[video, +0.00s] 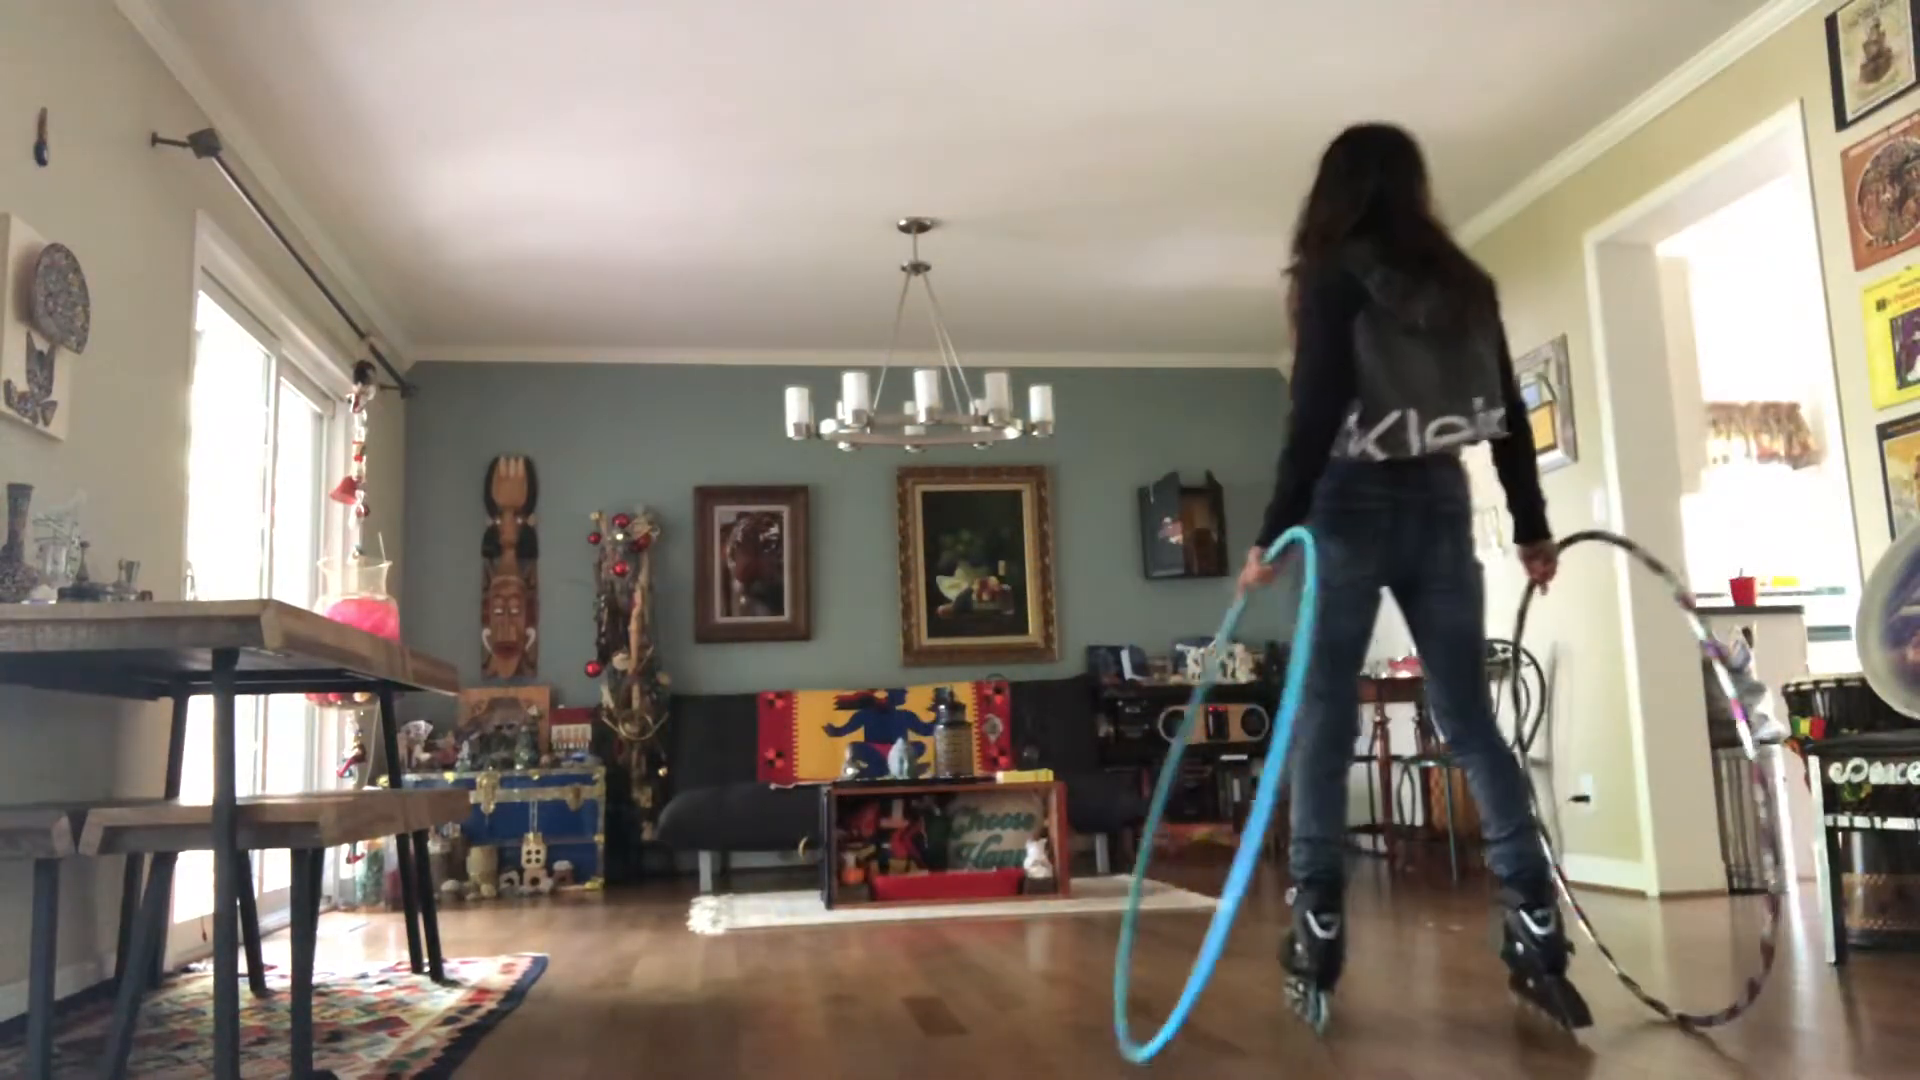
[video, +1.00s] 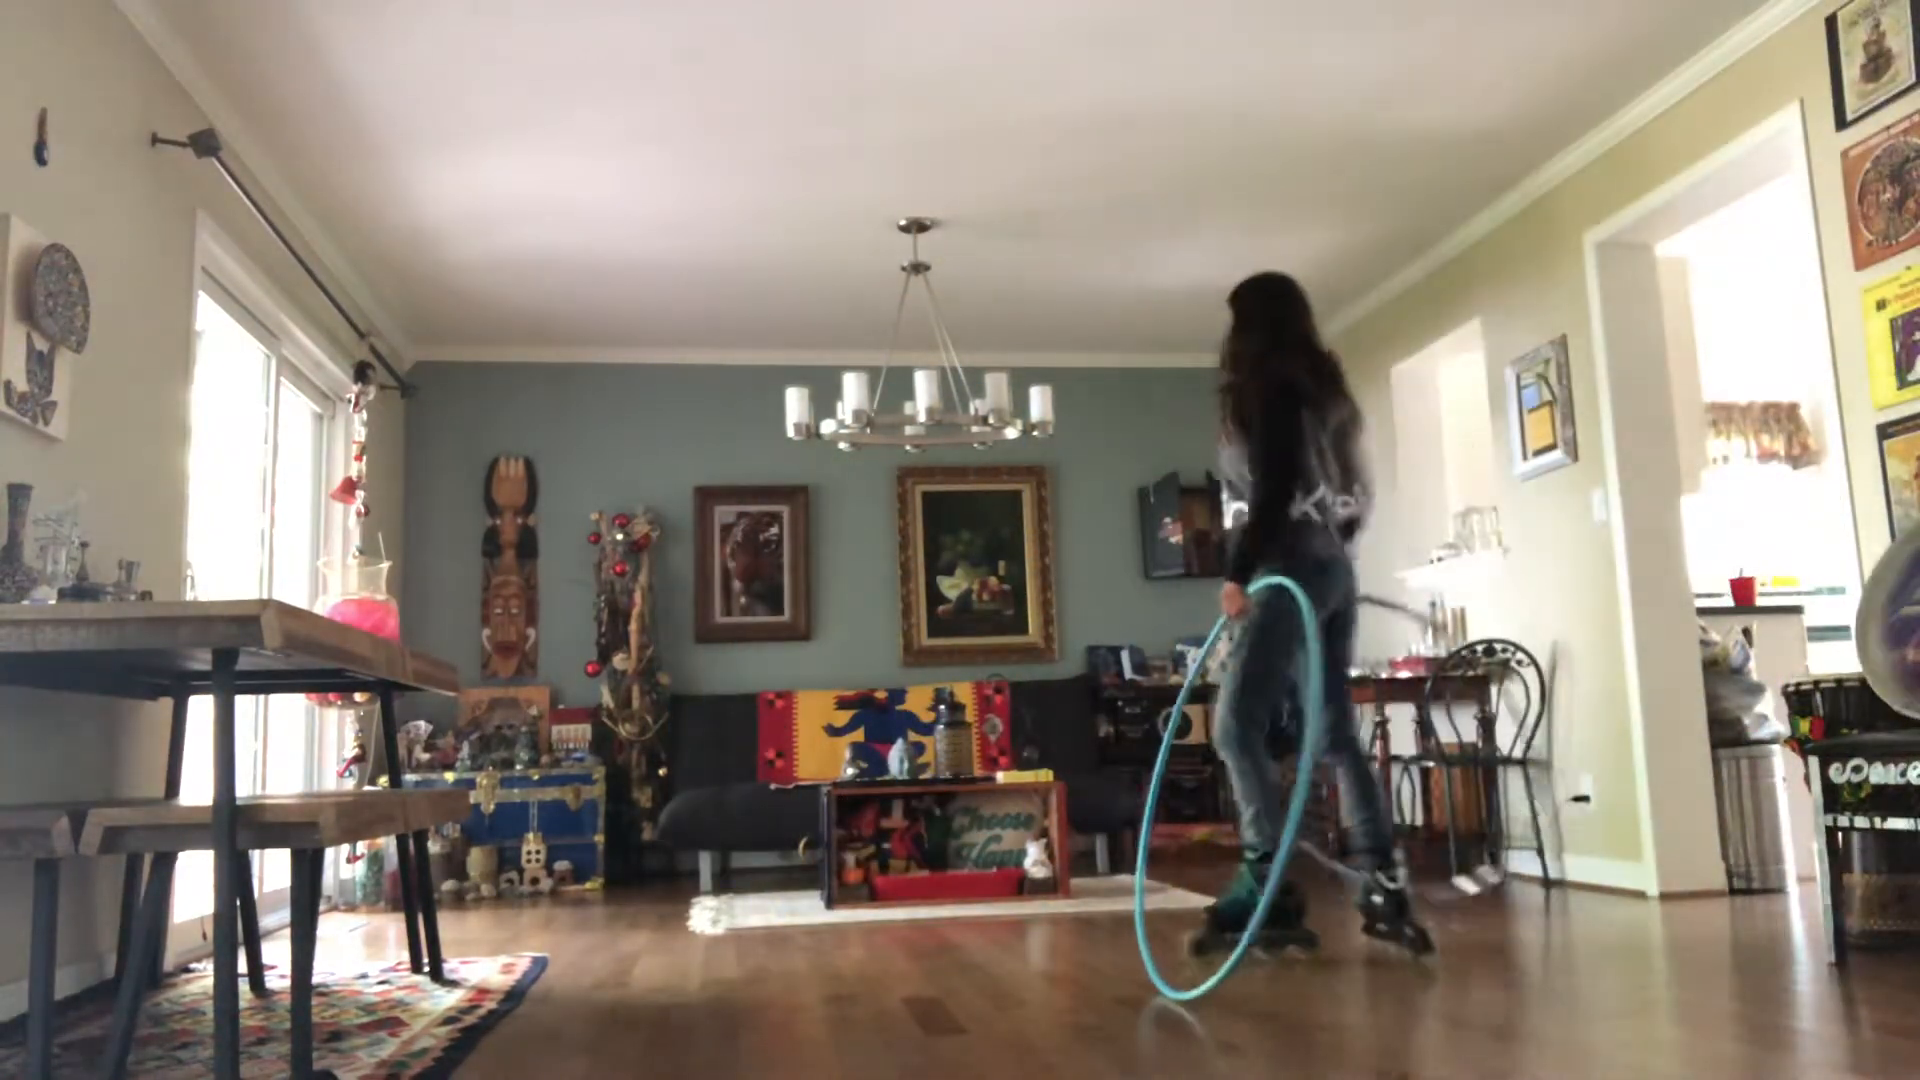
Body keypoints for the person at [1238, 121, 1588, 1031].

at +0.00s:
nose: (1316, 202)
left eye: (1324, 184)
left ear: (1335, 190)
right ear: (1418, 189)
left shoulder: (1329, 274)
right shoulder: (1464, 278)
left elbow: (1318, 403)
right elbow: (1505, 410)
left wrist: (1274, 530)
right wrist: (1531, 525)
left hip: (1351, 502)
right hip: (1443, 500)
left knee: (1326, 712)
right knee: (1469, 718)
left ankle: (1319, 921)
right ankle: (1537, 919)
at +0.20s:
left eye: (1309, 216)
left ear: (1308, 226)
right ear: (1393, 223)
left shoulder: (1291, 305)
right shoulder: (1437, 304)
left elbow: (1256, 419)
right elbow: (1479, 425)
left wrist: (1213, 532)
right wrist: (1509, 536)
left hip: (1315, 516)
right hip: (1412, 514)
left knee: (1307, 714)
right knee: (1446, 717)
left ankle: (1294, 903)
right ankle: (1507, 902)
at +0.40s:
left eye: (1290, 248)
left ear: (1288, 260)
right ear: (1370, 254)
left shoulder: (1268, 334)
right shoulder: (1405, 327)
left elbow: (1228, 442)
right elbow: (1448, 444)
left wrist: (1198, 545)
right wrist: (1489, 549)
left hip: (1292, 524)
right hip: (1387, 522)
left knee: (1285, 718)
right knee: (1417, 718)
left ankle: (1271, 901)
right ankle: (1479, 898)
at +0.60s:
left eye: (1280, 276)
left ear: (1281, 286)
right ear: (1359, 278)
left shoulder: (1267, 357)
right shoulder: (1398, 347)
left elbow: (1238, 468)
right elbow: (1449, 444)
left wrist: (1206, 565)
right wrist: (1486, 541)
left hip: (1297, 530)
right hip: (1383, 528)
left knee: (1284, 723)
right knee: (1404, 718)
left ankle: (1270, 903)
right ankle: (1451, 887)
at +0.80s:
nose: (1256, 316)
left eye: (1260, 303)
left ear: (1269, 307)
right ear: (1337, 302)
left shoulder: (1267, 373)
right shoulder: (1380, 370)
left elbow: (1249, 473)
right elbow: (1432, 462)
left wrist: (1223, 572)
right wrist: (1430, 545)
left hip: (1296, 548)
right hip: (1371, 546)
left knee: (1268, 717)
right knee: (1383, 724)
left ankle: (1297, 878)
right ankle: (1425, 885)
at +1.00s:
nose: (1231, 334)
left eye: (1236, 321)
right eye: (1234, 321)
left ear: (1250, 322)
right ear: (1299, 319)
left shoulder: (1266, 378)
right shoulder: (1326, 379)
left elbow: (1274, 478)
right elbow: (1357, 491)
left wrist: (1238, 572)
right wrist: (1328, 551)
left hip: (1290, 561)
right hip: (1332, 561)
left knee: (1237, 729)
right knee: (1336, 735)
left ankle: (1268, 887)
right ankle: (1384, 887)